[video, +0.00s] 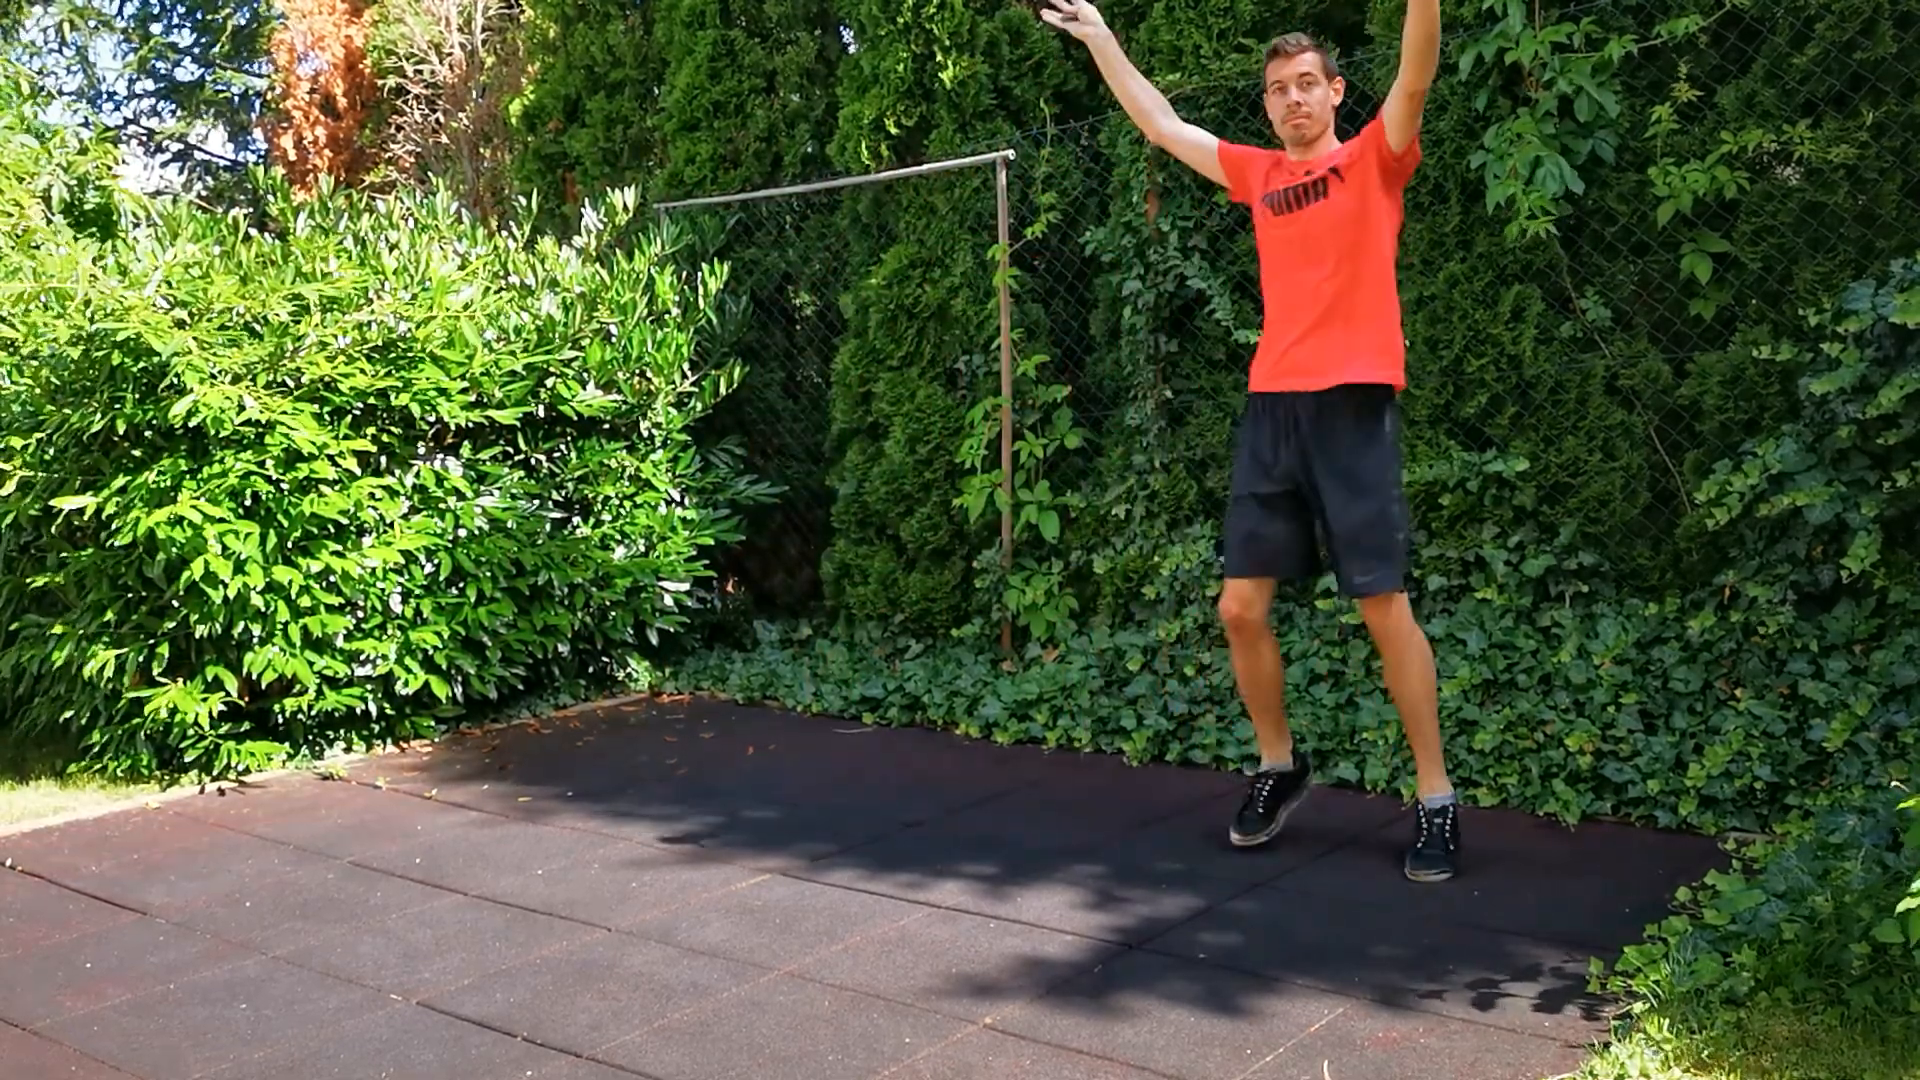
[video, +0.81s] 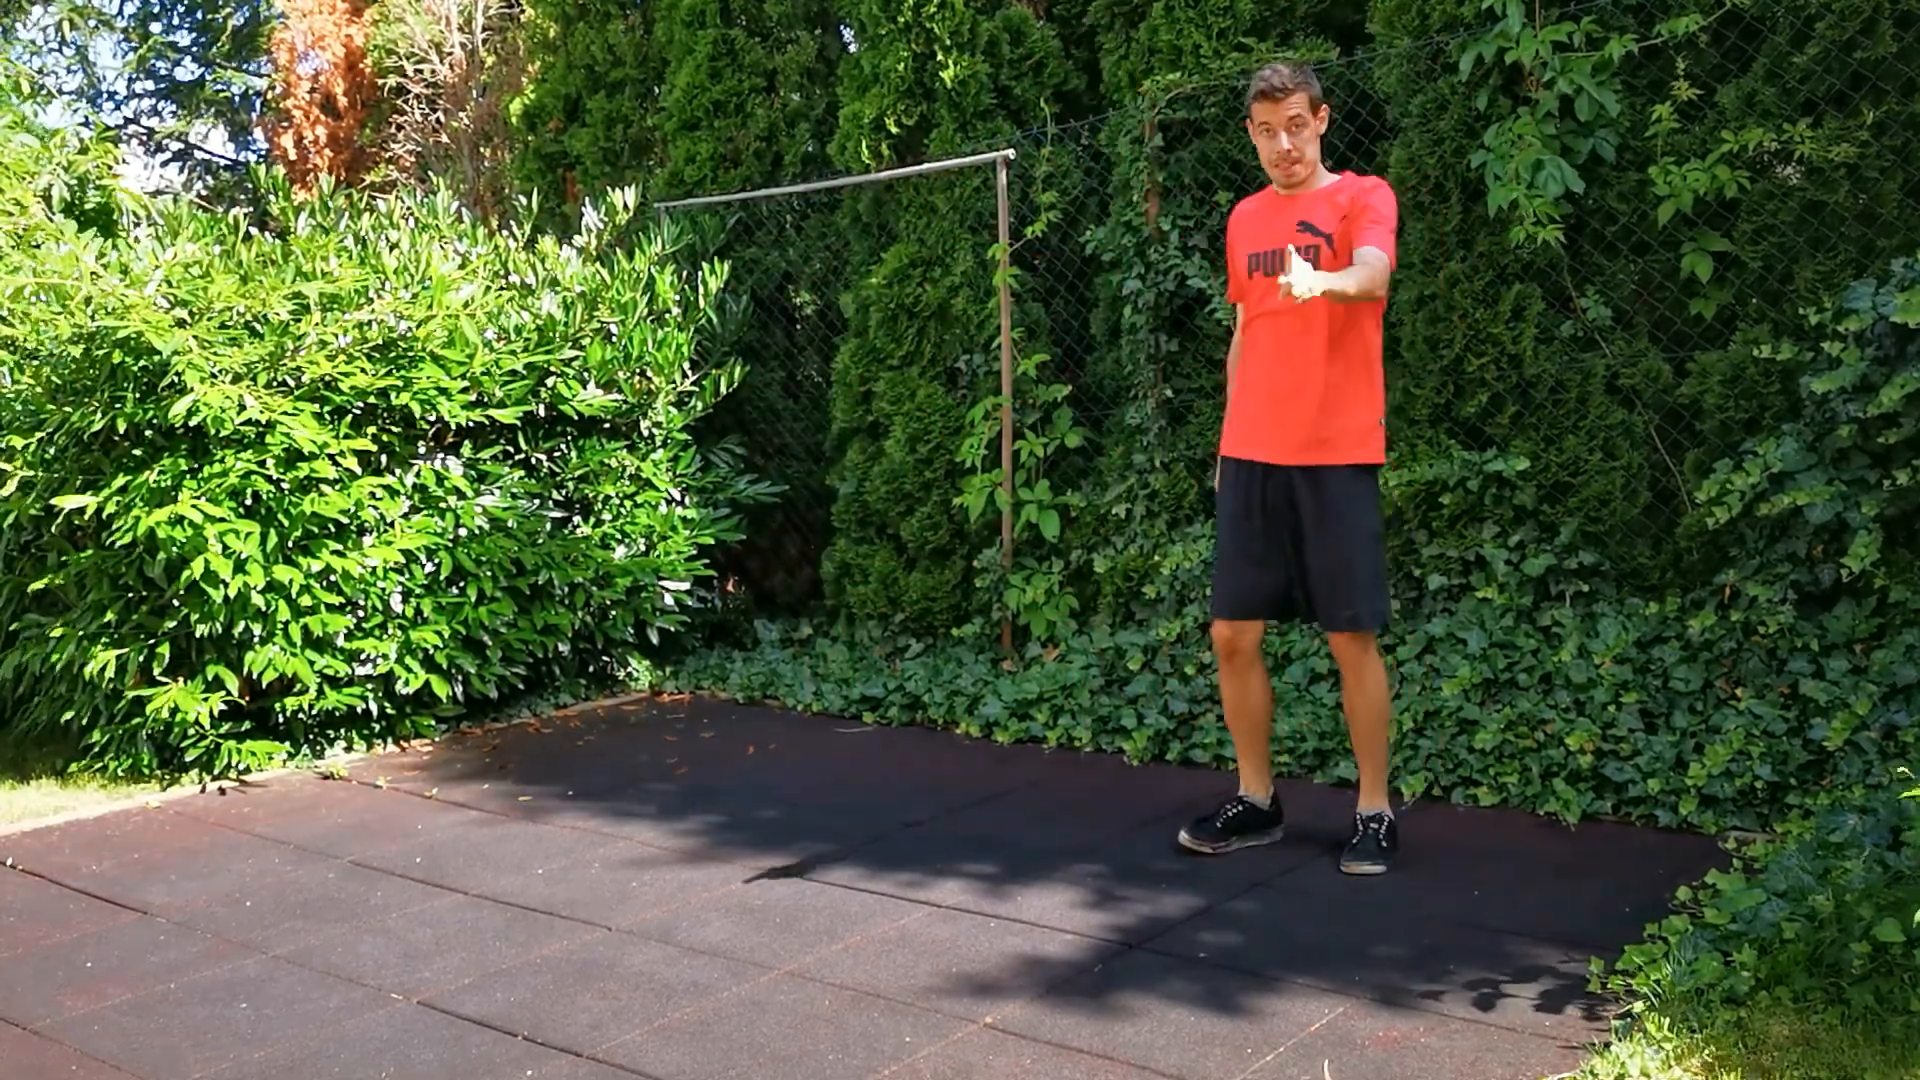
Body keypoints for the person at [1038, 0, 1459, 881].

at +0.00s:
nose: (1292, 100)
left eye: (1305, 84)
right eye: (1279, 90)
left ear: (1339, 90)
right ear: (1265, 106)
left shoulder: (1375, 156)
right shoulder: (1257, 172)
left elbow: (1416, 75)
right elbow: (1162, 124)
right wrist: (1097, 35)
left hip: (1356, 410)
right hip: (1272, 414)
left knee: (1385, 607)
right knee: (1241, 607)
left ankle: (1436, 800)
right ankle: (1277, 771)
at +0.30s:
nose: (1272, 134)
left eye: (1284, 119)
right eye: (1256, 124)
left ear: (1307, 130)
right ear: (1235, 142)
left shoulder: (1362, 198)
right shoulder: (1223, 215)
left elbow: (1465, 205)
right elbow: (1131, 158)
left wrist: (1531, 183)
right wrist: (1117, 52)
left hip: (1350, 457)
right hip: (1254, 460)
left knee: (1376, 643)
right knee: (1255, 649)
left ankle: (1408, 802)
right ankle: (1291, 798)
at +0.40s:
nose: (1277, 108)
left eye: (1288, 93)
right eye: (1262, 98)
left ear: (1313, 103)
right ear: (1243, 116)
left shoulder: (1362, 170)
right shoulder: (1227, 196)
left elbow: (1461, 231)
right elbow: (1118, 205)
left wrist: (1527, 274)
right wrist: (1106, 117)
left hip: (1348, 424)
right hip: (1257, 429)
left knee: (1354, 624)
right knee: (1255, 625)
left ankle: (1386, 803)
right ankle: (1283, 787)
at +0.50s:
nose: (1288, 115)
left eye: (1299, 100)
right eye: (1273, 106)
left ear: (1326, 107)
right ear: (1255, 123)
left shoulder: (1376, 177)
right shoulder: (1245, 203)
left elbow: (1450, 277)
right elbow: (1152, 279)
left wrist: (1497, 369)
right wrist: (1128, 240)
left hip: (1354, 428)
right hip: (1267, 431)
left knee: (1355, 626)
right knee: (1244, 624)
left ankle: (1376, 805)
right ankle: (1275, 784)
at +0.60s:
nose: (1297, 139)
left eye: (1310, 122)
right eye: (1280, 126)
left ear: (1336, 127)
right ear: (1264, 138)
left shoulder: (1388, 211)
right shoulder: (1256, 233)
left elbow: (1436, 325)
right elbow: (1213, 319)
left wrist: (1440, 431)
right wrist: (1172, 350)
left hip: (1353, 463)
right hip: (1265, 461)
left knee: (1356, 645)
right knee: (1229, 638)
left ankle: (1375, 810)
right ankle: (1273, 783)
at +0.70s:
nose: (1293, 144)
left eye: (1305, 126)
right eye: (1277, 131)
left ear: (1333, 125)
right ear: (1262, 139)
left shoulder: (1379, 207)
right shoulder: (1252, 226)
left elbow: (1407, 322)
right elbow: (1241, 337)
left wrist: (1371, 385)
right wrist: (1204, 428)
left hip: (1347, 467)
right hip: (1261, 463)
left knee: (1354, 642)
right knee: (1230, 636)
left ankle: (1376, 810)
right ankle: (1269, 787)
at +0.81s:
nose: (1281, 145)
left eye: (1292, 129)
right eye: (1266, 132)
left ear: (1321, 122)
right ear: (1252, 136)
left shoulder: (1365, 196)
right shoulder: (1243, 222)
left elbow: (1372, 277)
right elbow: (1242, 333)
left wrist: (1326, 280)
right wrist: (1231, 439)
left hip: (1336, 454)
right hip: (1252, 452)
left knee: (1351, 635)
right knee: (1232, 632)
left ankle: (1373, 811)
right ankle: (1255, 798)